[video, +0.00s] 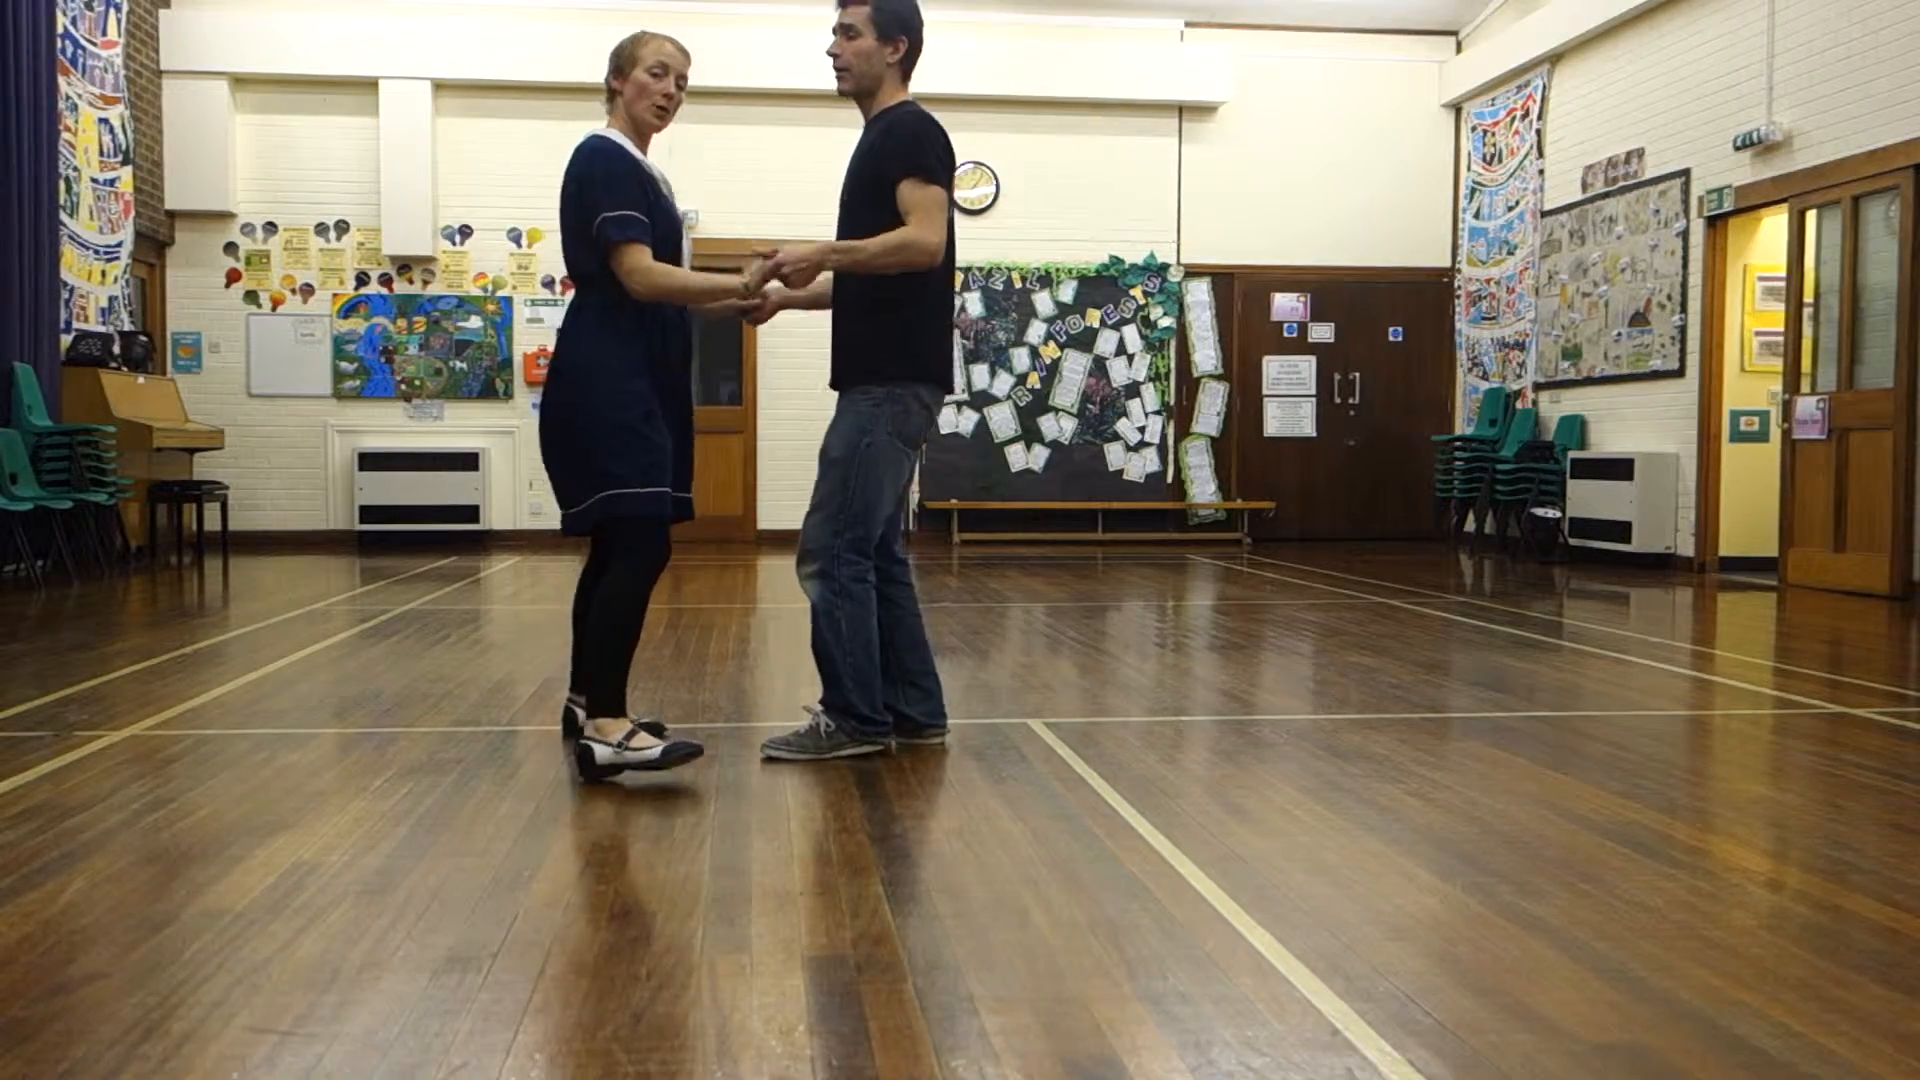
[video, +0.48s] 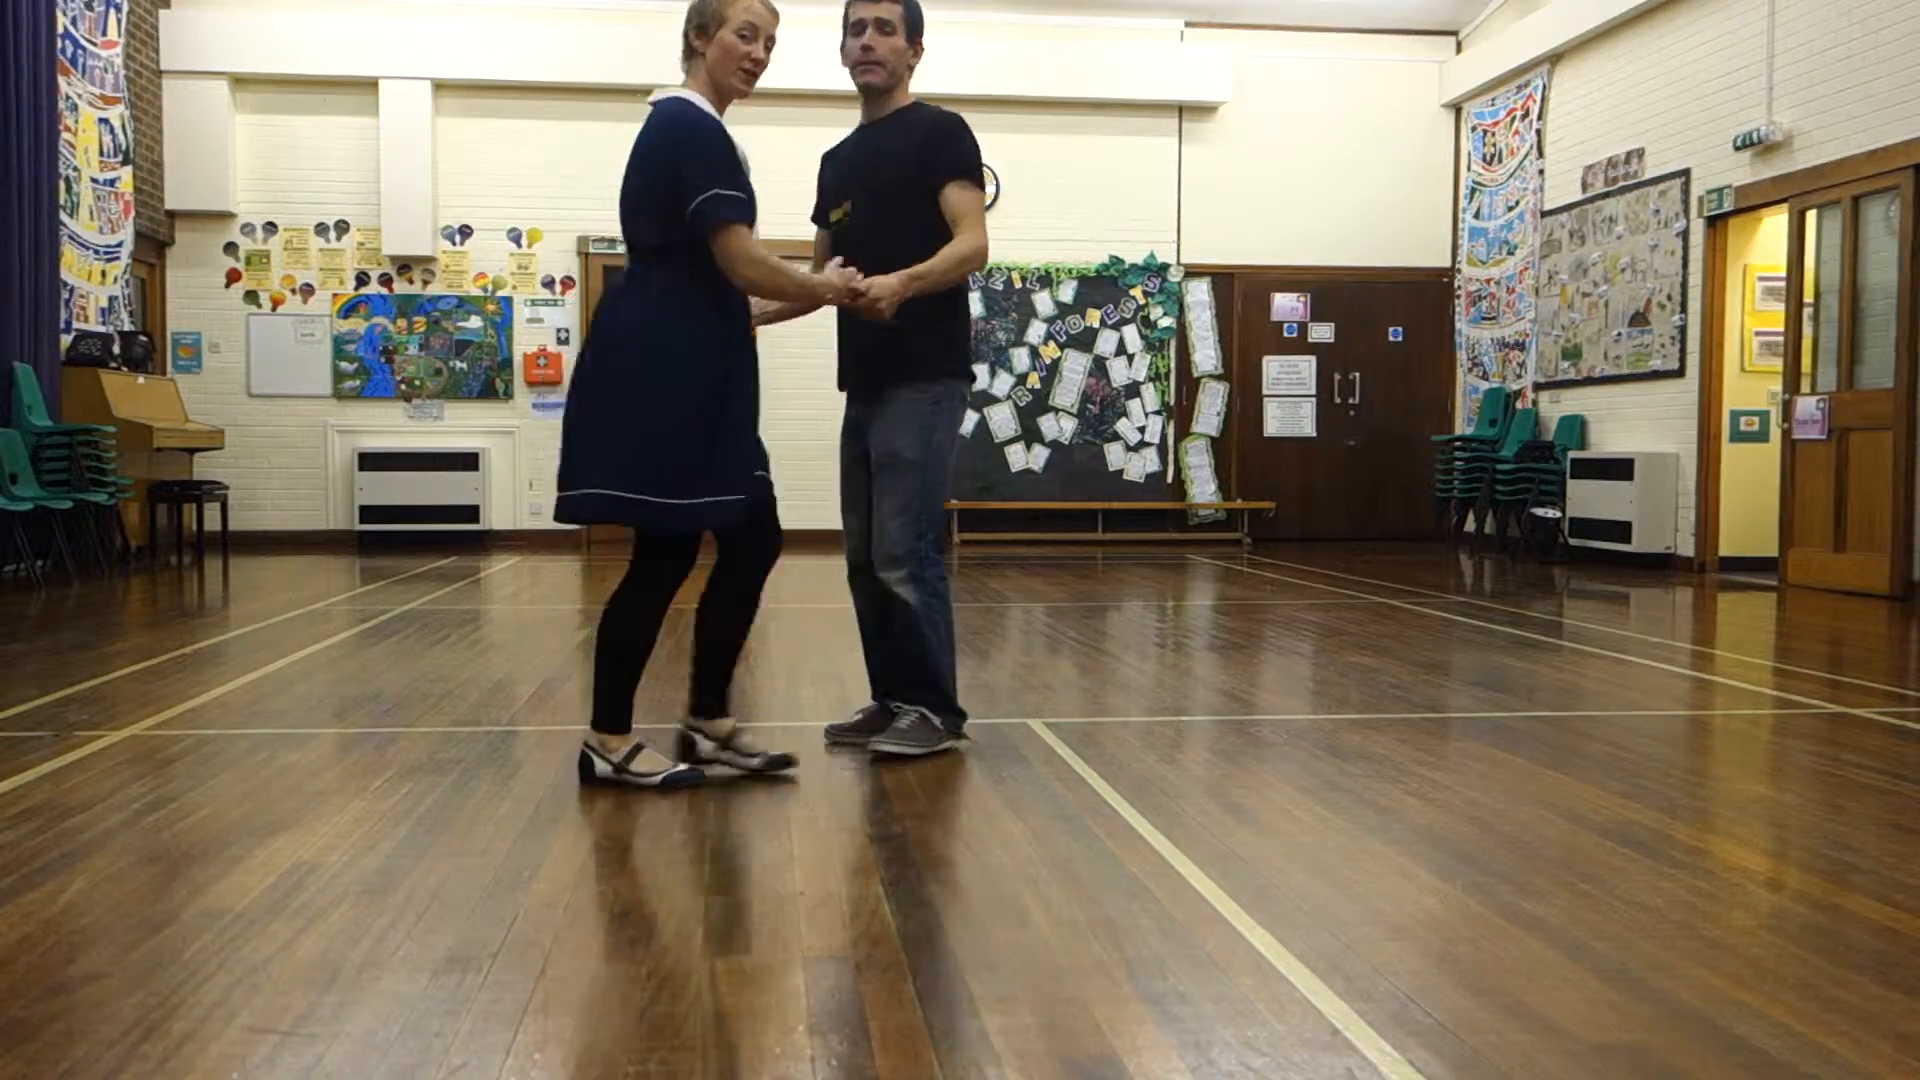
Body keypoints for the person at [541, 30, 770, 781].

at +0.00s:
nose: (671, 89)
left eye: (679, 82)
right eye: (658, 74)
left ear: (679, 97)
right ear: (618, 80)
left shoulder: (640, 170)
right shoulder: (606, 159)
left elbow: (657, 283)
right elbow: (637, 275)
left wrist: (738, 302)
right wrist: (742, 283)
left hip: (629, 389)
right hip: (611, 389)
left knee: (619, 548)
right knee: (641, 547)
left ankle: (589, 708)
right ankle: (605, 722)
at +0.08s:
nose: (685, 87)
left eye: (693, 80)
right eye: (672, 70)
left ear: (690, 97)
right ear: (630, 78)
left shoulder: (650, 171)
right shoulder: (614, 157)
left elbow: (673, 284)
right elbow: (643, 279)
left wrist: (753, 305)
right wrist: (747, 308)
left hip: (634, 389)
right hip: (612, 389)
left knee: (626, 547)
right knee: (645, 548)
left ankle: (590, 702)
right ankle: (607, 732)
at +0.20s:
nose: (706, 77)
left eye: (714, 70)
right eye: (693, 60)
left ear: (709, 87)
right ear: (650, 64)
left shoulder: (664, 160)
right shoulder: (627, 145)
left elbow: (680, 277)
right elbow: (660, 273)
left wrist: (736, 315)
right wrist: (756, 309)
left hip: (647, 383)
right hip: (618, 382)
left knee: (657, 544)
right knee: (652, 547)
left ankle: (601, 686)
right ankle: (609, 738)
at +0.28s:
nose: (717, 68)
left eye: (725, 61)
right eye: (704, 51)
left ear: (721, 77)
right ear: (661, 55)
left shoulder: (675, 152)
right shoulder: (639, 134)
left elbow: (662, 291)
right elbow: (679, 263)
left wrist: (728, 317)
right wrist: (771, 298)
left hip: (663, 385)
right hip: (628, 384)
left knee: (685, 550)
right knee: (654, 552)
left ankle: (602, 685)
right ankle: (610, 741)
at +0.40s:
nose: (739, 56)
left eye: (748, 47)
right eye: (726, 37)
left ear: (744, 63)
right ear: (681, 40)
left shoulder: (686, 133)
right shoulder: (663, 123)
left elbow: (696, 273)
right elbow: (717, 261)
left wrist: (750, 308)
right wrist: (808, 295)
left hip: (681, 383)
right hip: (644, 384)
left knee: (728, 543)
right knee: (659, 552)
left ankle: (646, 699)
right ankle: (608, 739)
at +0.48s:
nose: (760, 53)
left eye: (768, 43)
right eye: (746, 34)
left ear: (763, 56)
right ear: (699, 38)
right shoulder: (688, 124)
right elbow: (738, 258)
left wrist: (804, 295)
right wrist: (822, 286)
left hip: (690, 381)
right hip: (670, 381)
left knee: (755, 540)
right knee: (663, 553)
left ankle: (707, 728)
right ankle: (608, 742)